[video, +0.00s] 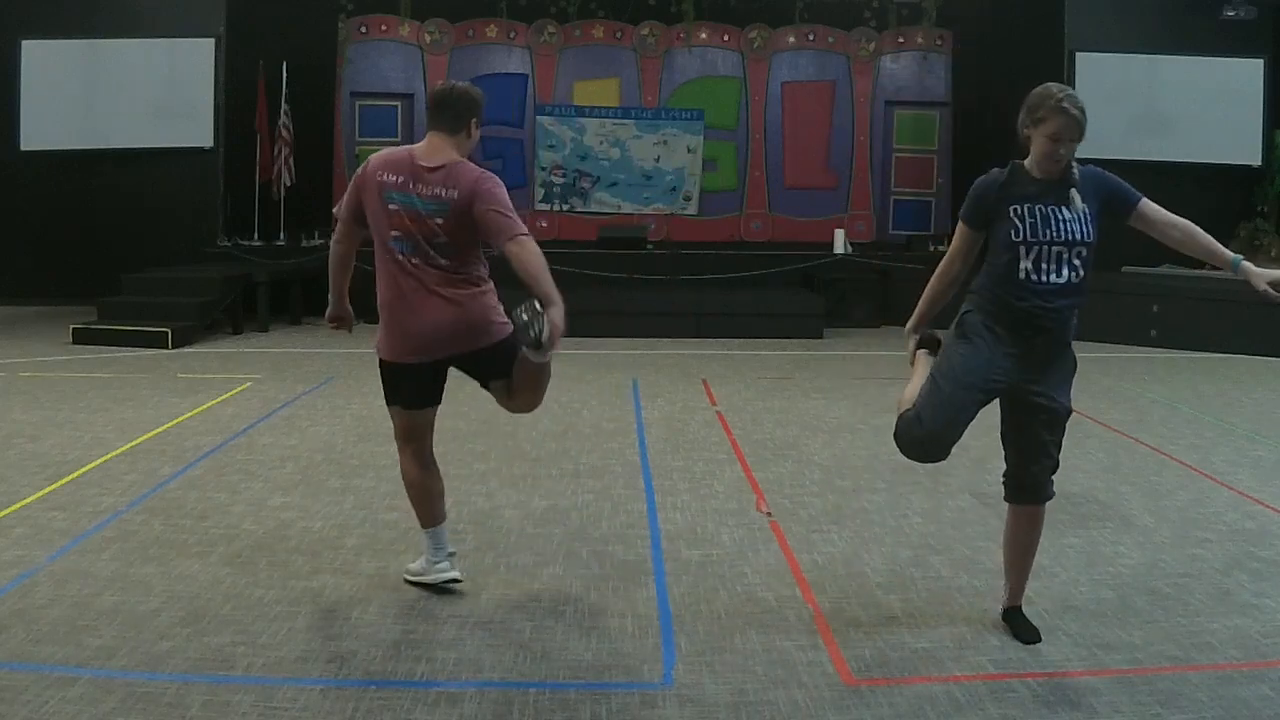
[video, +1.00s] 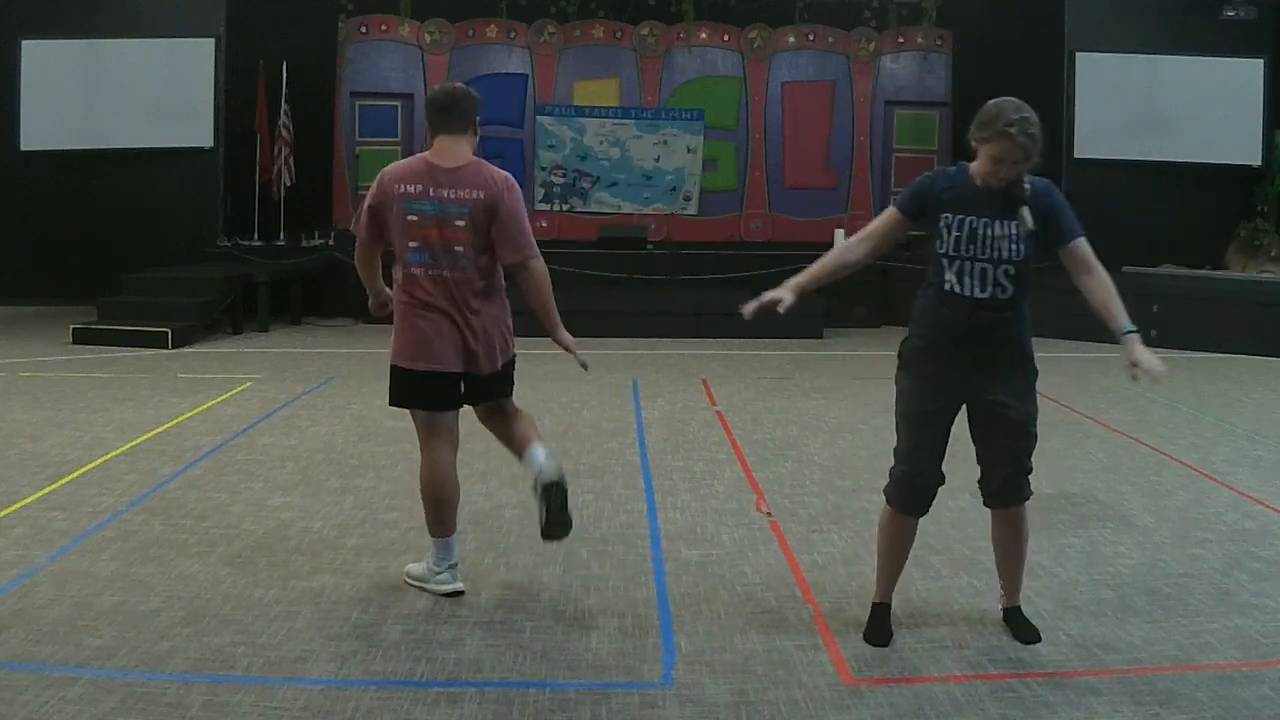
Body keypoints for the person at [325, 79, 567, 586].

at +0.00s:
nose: (479, 137)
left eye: (479, 130)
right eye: (480, 130)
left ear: (428, 121)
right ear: (471, 127)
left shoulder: (375, 168)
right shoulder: (478, 182)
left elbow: (343, 239)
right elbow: (516, 243)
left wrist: (338, 299)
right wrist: (552, 299)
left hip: (404, 335)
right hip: (473, 324)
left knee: (414, 447)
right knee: (521, 398)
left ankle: (439, 557)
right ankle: (539, 334)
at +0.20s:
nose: (465, 145)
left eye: (462, 140)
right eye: (465, 139)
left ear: (410, 137)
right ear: (457, 141)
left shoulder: (371, 193)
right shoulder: (468, 194)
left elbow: (340, 261)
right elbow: (489, 257)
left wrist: (322, 317)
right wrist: (512, 317)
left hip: (403, 350)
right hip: (470, 346)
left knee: (415, 461)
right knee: (497, 445)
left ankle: (441, 567)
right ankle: (510, 374)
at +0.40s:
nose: (448, 138)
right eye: (448, 132)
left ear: (397, 135)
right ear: (442, 135)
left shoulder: (368, 198)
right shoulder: (463, 178)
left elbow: (353, 276)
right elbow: (470, 240)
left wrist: (341, 341)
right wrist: (476, 304)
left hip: (406, 348)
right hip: (469, 337)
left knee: (425, 455)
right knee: (477, 442)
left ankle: (443, 566)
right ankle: (478, 365)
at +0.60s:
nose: (450, 140)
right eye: (450, 134)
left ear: (397, 138)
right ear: (442, 135)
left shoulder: (370, 202)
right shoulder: (460, 175)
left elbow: (365, 287)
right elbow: (482, 232)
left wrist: (363, 355)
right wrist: (507, 300)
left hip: (402, 349)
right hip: (465, 342)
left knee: (423, 449)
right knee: (493, 440)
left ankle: (441, 565)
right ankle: (508, 356)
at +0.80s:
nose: (462, 138)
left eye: (457, 134)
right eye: (461, 133)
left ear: (407, 135)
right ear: (454, 133)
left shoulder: (376, 190)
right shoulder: (476, 175)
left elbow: (368, 268)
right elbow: (501, 238)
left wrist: (370, 324)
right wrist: (529, 302)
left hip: (407, 340)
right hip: (473, 336)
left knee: (429, 449)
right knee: (493, 434)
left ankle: (442, 565)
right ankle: (521, 361)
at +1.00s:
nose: (477, 134)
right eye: (479, 127)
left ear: (428, 127)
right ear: (476, 127)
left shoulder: (392, 179)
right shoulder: (497, 184)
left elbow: (366, 250)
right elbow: (527, 264)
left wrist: (376, 292)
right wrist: (556, 328)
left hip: (421, 339)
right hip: (488, 337)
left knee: (436, 446)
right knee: (497, 408)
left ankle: (443, 565)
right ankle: (542, 465)